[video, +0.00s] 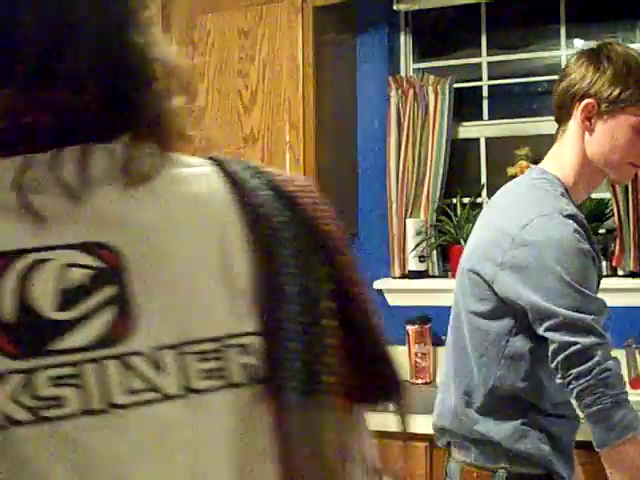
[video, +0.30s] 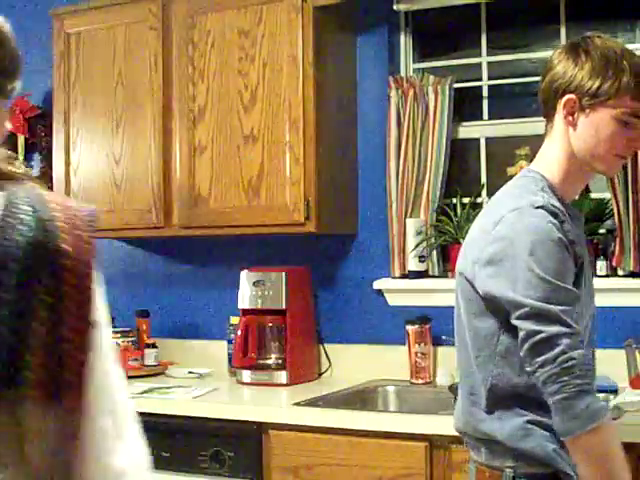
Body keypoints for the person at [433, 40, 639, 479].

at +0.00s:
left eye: (639, 127)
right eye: (636, 125)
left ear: (587, 117)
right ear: (587, 116)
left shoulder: (522, 200)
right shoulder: (547, 227)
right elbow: (595, 385)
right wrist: (626, 470)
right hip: (507, 468)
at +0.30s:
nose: (635, 143)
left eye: (637, 126)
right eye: (625, 121)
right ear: (571, 112)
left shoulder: (557, 219)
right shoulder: (529, 225)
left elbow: (573, 392)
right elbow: (573, 404)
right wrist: (617, 473)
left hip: (541, 462)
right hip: (518, 467)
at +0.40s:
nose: (633, 142)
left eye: (637, 125)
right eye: (621, 121)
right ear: (566, 112)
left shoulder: (565, 221)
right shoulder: (525, 226)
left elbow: (580, 391)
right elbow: (544, 410)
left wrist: (604, 469)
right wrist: (581, 477)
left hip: (560, 459)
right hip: (524, 467)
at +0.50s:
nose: (630, 140)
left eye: (634, 125)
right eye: (616, 121)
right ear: (560, 113)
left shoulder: (573, 224)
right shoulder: (520, 227)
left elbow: (584, 381)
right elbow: (504, 408)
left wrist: (625, 460)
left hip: (580, 462)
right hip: (541, 465)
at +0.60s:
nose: (615, 136)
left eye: (625, 118)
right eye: (597, 116)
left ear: (633, 123)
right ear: (550, 115)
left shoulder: (592, 229)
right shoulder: (511, 226)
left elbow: (600, 365)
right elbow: (472, 392)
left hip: (581, 464)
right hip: (525, 466)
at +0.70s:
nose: (593, 133)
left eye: (610, 116)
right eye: (576, 113)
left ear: (626, 126)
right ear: (543, 116)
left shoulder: (610, 235)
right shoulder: (497, 225)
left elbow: (630, 384)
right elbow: (440, 384)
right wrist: (428, 477)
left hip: (578, 462)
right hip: (509, 463)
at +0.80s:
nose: (576, 127)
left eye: (595, 112)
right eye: (561, 109)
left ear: (622, 125)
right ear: (541, 118)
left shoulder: (623, 233)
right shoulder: (487, 224)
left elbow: (639, 359)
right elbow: (422, 365)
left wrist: (619, 262)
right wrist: (405, 475)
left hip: (575, 460)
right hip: (495, 456)